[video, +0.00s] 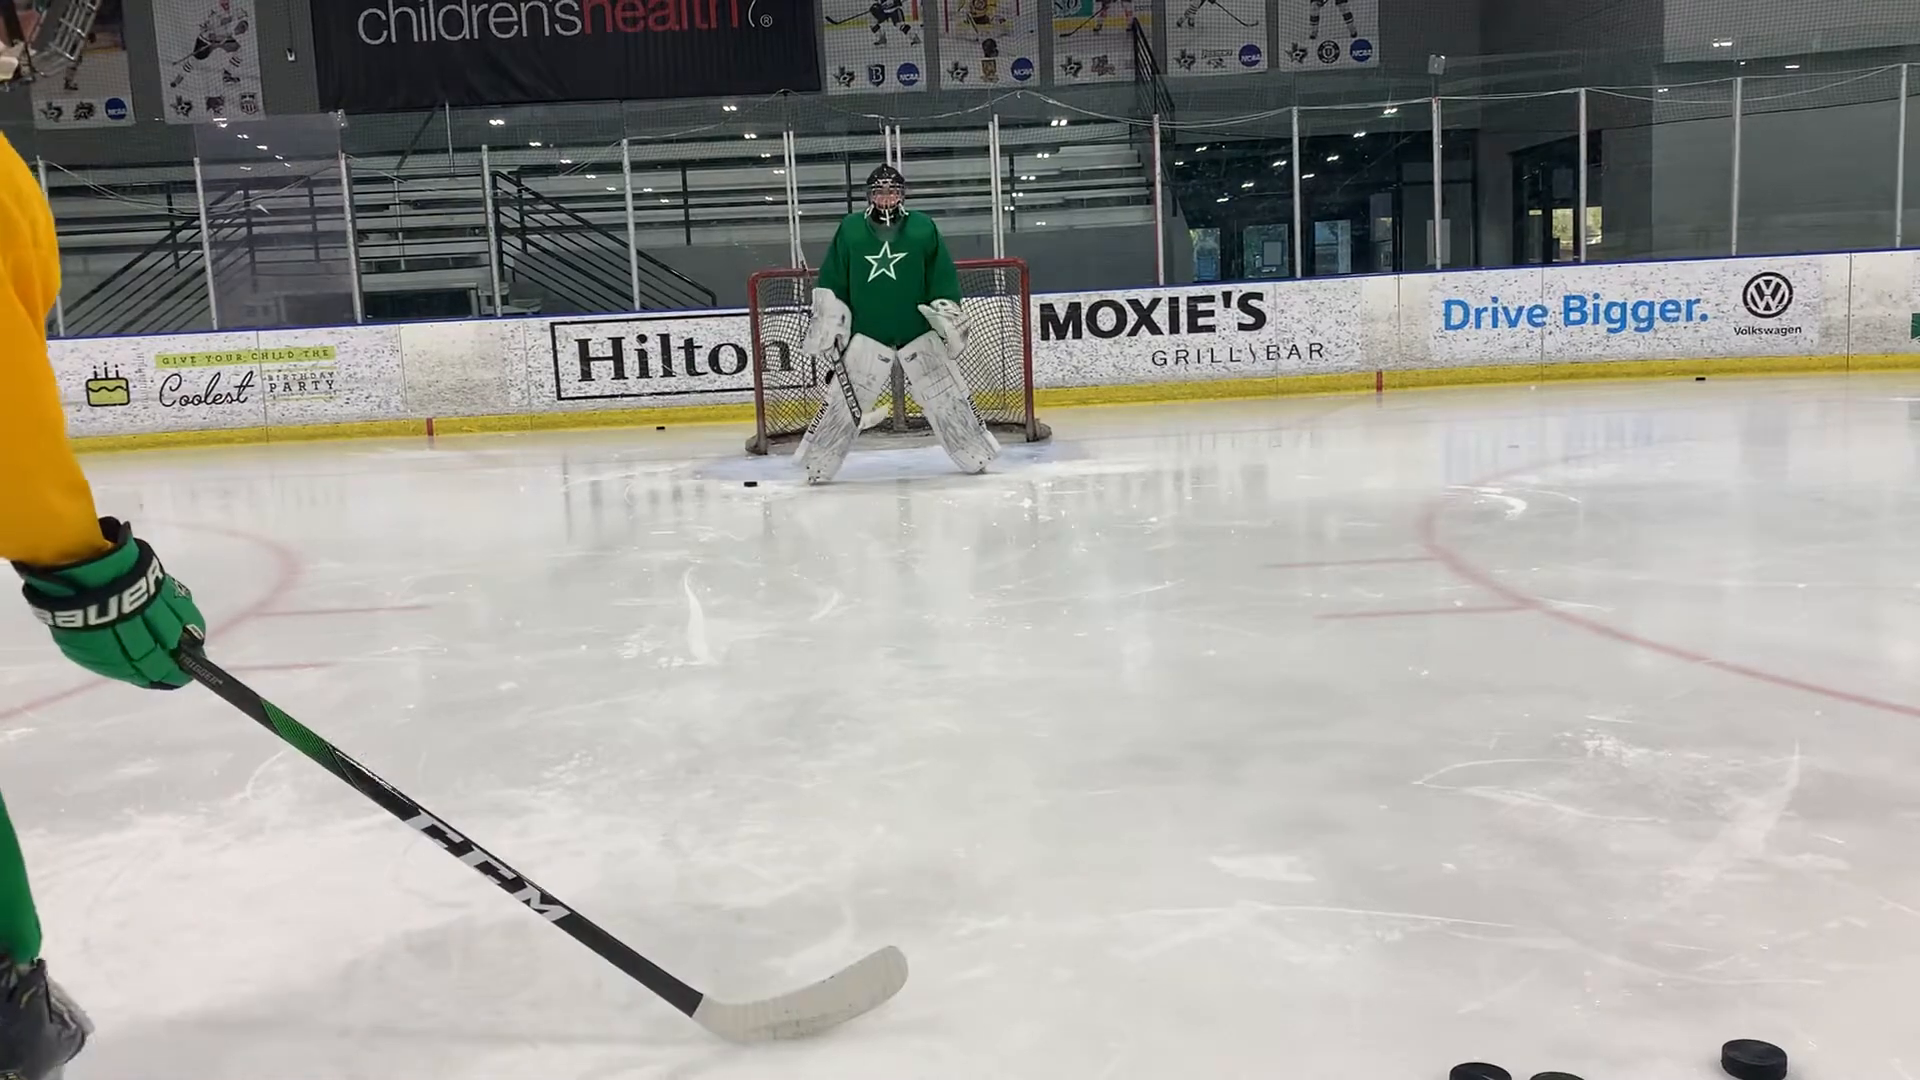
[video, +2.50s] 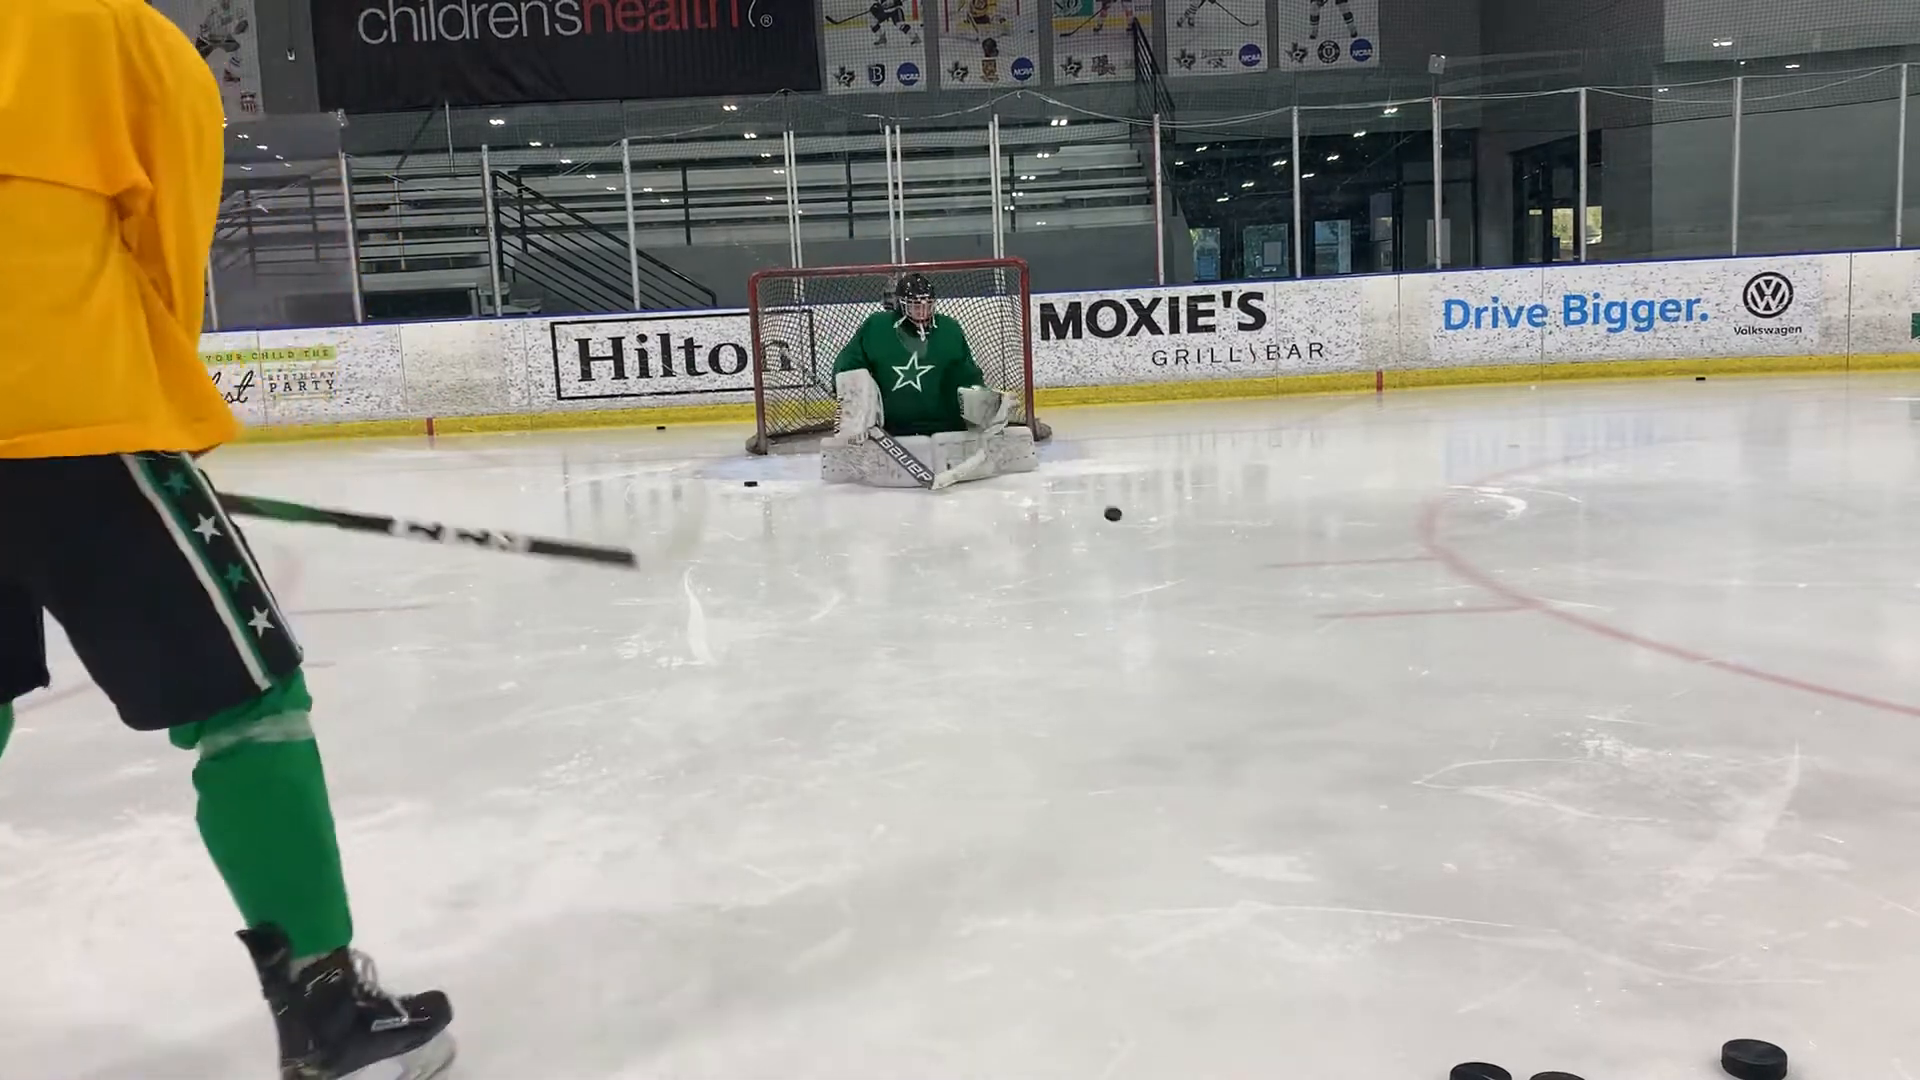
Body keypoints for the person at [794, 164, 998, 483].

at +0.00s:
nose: (886, 197)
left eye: (891, 191)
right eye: (880, 191)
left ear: (902, 194)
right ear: (870, 195)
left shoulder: (923, 228)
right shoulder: (851, 229)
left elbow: (942, 277)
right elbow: (832, 282)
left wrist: (948, 320)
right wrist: (828, 326)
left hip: (918, 330)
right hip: (868, 333)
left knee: (948, 396)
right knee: (845, 402)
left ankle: (976, 459)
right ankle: (819, 469)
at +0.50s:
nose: (892, 246)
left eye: (898, 239)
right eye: (887, 240)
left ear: (908, 240)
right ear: (875, 241)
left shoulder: (924, 265)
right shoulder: (855, 269)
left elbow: (948, 309)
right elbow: (832, 314)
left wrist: (950, 286)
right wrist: (823, 360)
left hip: (924, 346)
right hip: (874, 350)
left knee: (960, 399)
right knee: (850, 407)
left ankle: (996, 459)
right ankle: (815, 468)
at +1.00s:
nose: (899, 302)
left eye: (905, 295)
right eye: (893, 295)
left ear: (915, 295)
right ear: (883, 295)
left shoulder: (931, 312)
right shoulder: (864, 315)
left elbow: (962, 365)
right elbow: (837, 351)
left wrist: (949, 335)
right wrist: (833, 387)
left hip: (929, 382)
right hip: (882, 387)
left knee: (966, 415)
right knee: (855, 429)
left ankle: (1010, 455)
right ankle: (813, 468)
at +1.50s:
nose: (900, 302)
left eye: (906, 296)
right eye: (894, 296)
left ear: (916, 296)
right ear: (883, 296)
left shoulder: (934, 315)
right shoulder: (863, 318)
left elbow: (962, 371)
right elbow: (835, 352)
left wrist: (952, 346)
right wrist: (833, 388)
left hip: (930, 388)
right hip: (882, 391)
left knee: (964, 418)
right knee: (855, 430)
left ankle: (1009, 454)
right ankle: (814, 467)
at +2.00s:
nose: (906, 308)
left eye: (912, 302)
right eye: (900, 302)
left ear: (920, 300)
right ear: (889, 300)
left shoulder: (938, 321)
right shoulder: (865, 319)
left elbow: (963, 365)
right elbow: (834, 355)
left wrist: (982, 358)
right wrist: (847, 379)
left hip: (935, 418)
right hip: (883, 419)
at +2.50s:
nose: (923, 310)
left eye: (927, 303)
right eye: (916, 304)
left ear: (933, 303)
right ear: (901, 303)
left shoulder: (949, 329)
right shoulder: (876, 328)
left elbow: (968, 377)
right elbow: (846, 365)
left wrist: (986, 410)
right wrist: (858, 401)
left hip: (947, 433)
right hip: (894, 433)